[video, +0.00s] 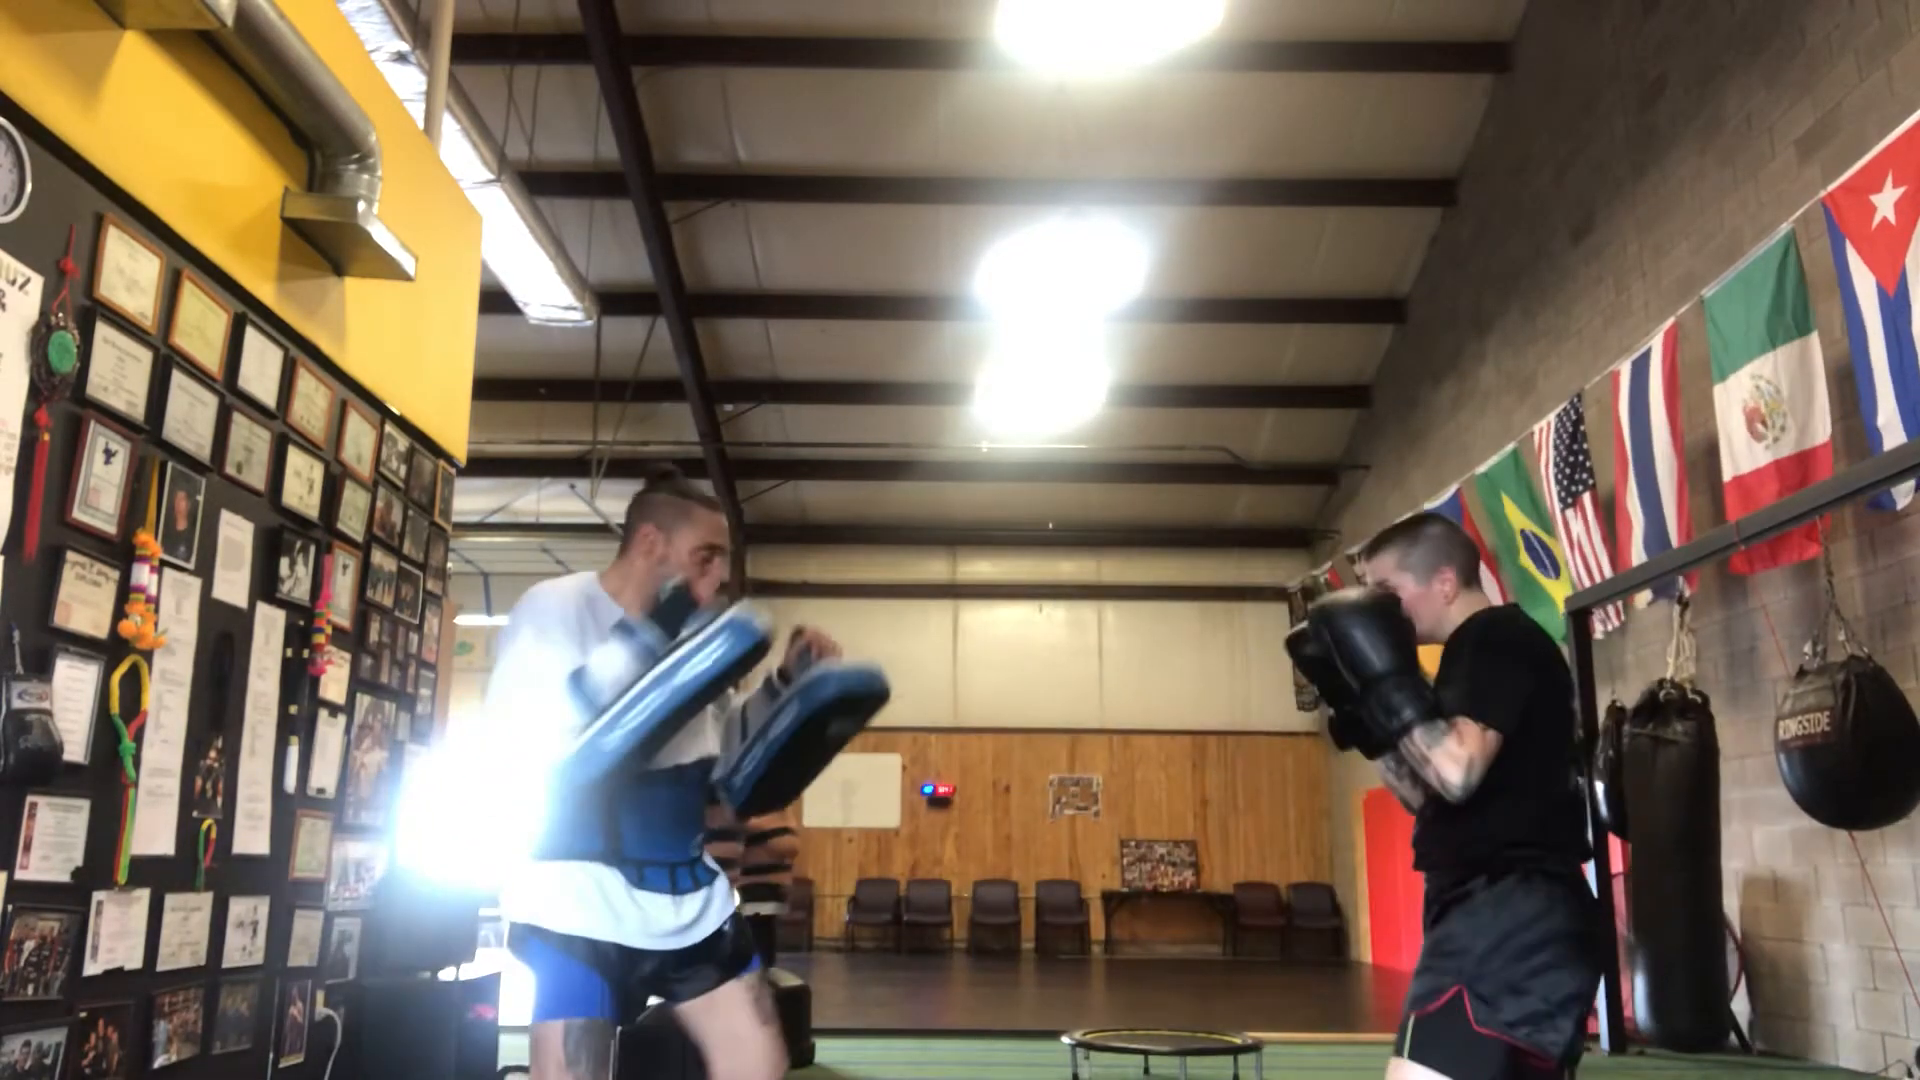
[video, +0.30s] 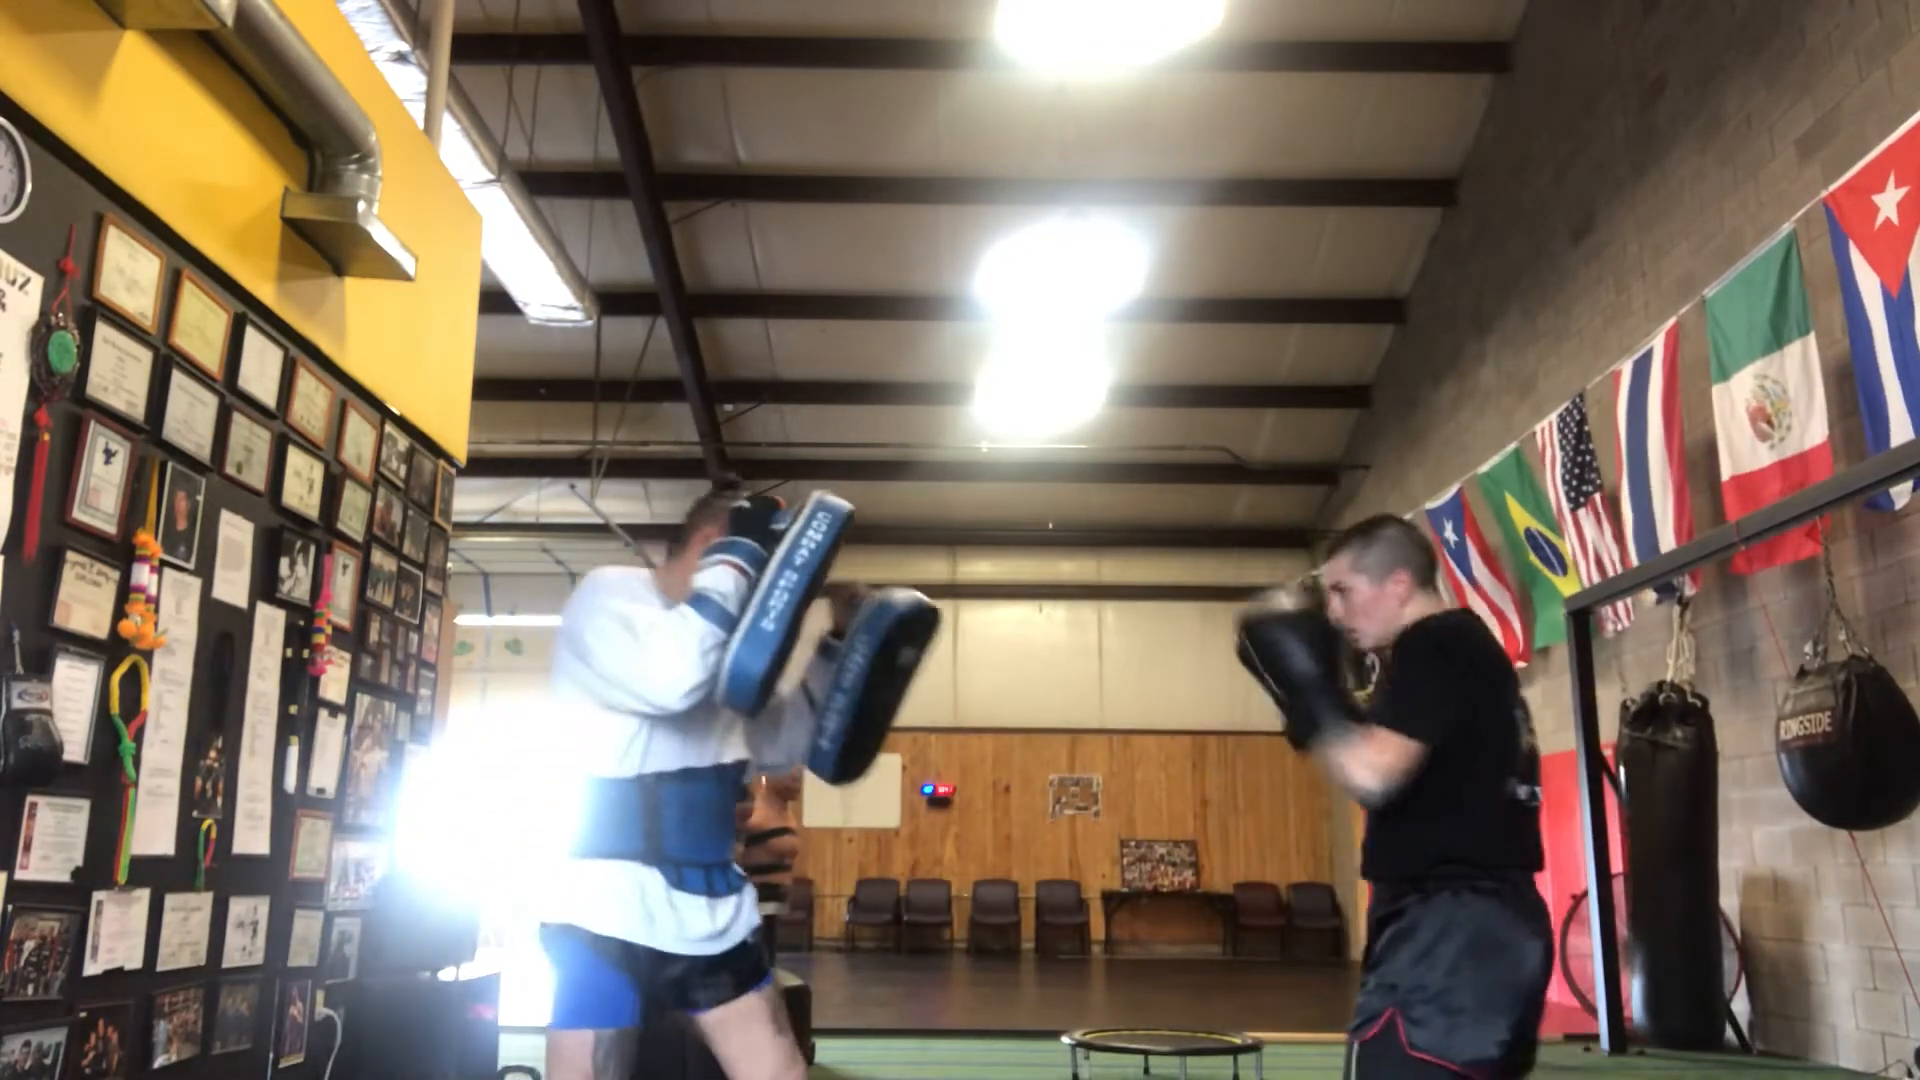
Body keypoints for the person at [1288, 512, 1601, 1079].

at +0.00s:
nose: (1381, 608)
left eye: (1390, 590)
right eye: (1377, 594)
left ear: (1445, 582)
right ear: (1447, 584)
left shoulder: (1497, 636)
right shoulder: (1467, 656)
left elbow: (1457, 769)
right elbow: (1422, 794)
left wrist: (1383, 668)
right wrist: (1358, 705)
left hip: (1511, 915)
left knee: (1419, 1068)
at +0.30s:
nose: (1332, 611)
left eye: (1342, 590)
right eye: (1329, 595)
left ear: (1398, 584)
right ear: (1401, 585)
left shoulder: (1437, 646)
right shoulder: (1458, 644)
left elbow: (1374, 772)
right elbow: (1371, 766)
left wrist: (1308, 688)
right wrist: (1314, 692)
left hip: (1452, 930)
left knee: (1393, 1066)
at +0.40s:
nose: (1325, 605)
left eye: (1331, 586)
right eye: (1322, 591)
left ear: (1380, 579)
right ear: (1389, 579)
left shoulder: (1410, 634)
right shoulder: (1453, 637)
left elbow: (1302, 726)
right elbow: (1339, 763)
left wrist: (1273, 651)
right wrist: (1281, 673)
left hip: (1438, 919)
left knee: (1392, 1066)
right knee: (1454, 1068)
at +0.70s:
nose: (1309, 620)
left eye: (1316, 600)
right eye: (1306, 603)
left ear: (1367, 593)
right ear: (1373, 591)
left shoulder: (1378, 652)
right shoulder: (1453, 651)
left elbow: (1254, 720)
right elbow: (1321, 762)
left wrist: (1196, 632)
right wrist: (1292, 649)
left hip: (1414, 931)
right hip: (1492, 921)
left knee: (1363, 1066)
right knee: (1486, 1069)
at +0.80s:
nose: (1302, 612)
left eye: (1307, 596)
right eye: (1299, 599)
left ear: (1356, 586)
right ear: (1373, 584)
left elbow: (1217, 682)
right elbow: (1341, 762)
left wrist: (1185, 586)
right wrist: (1297, 644)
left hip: (1409, 923)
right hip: (1496, 915)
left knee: (1378, 1065)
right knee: (1490, 1068)